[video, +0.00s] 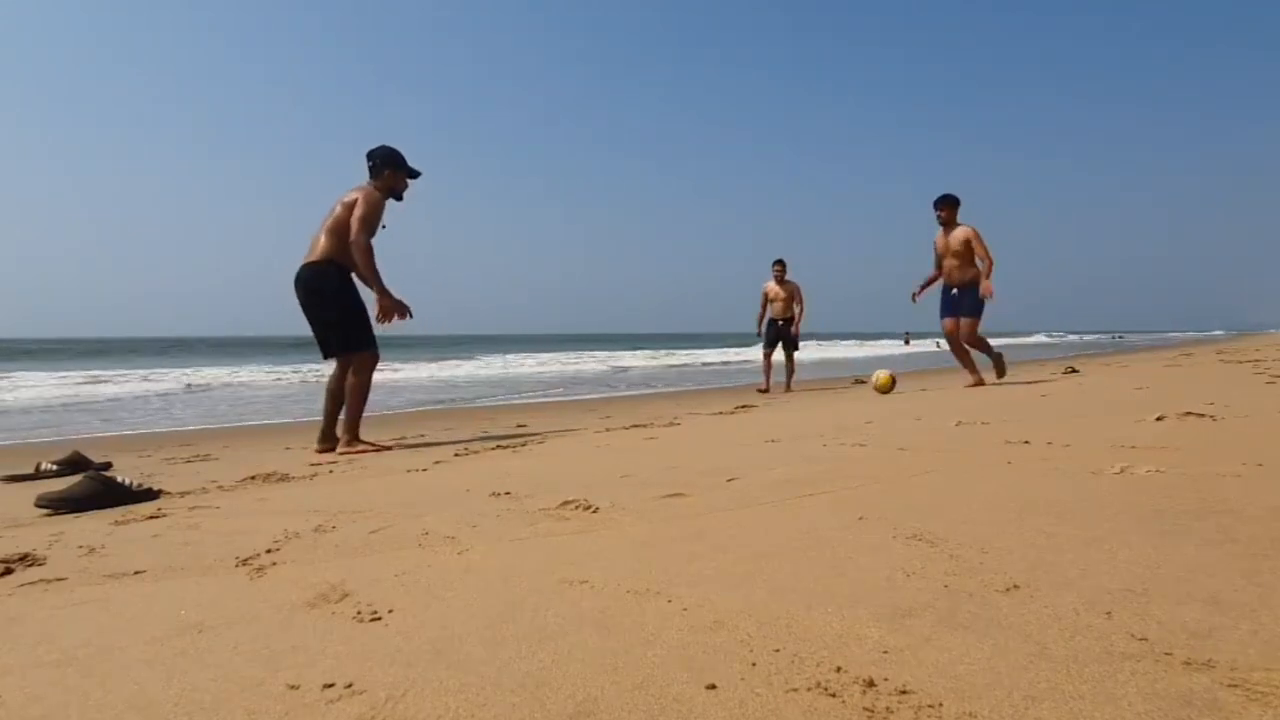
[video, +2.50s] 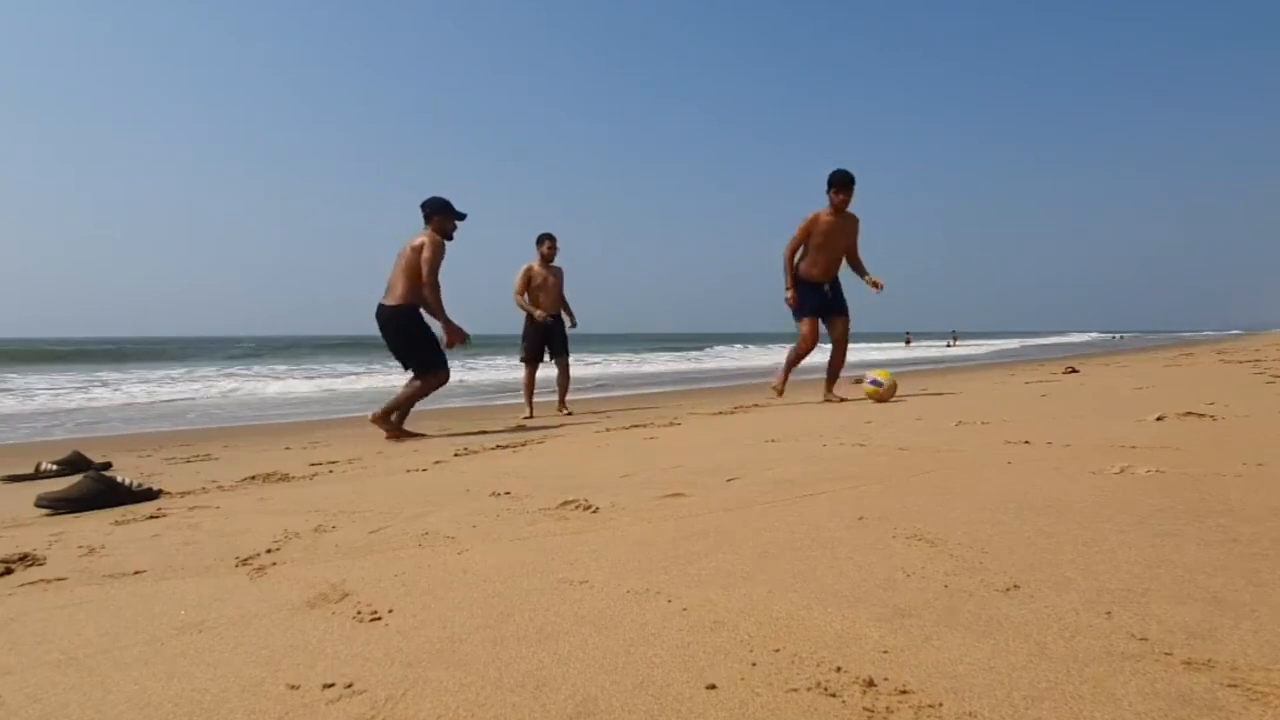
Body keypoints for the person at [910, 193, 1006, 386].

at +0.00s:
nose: (938, 214)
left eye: (942, 210)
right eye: (936, 211)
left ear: (954, 211)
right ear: (936, 213)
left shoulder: (968, 233)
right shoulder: (939, 238)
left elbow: (987, 260)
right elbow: (939, 271)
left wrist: (984, 281)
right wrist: (922, 288)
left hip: (970, 287)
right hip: (949, 288)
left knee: (967, 336)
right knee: (950, 333)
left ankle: (995, 356)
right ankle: (975, 377)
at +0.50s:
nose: (858, 191)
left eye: (863, 186)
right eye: (857, 187)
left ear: (876, 188)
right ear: (858, 190)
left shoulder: (885, 212)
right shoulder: (866, 215)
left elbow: (894, 246)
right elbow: (868, 248)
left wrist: (871, 272)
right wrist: (862, 271)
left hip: (884, 272)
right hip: (866, 273)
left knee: (874, 326)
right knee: (856, 324)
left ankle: (910, 369)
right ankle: (858, 382)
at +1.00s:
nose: (770, 202)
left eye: (773, 197)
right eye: (769, 197)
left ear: (788, 196)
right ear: (779, 198)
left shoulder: (798, 221)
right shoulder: (786, 223)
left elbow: (799, 259)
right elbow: (786, 262)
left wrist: (772, 282)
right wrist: (768, 285)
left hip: (795, 287)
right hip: (779, 286)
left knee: (769, 338)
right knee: (736, 320)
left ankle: (773, 397)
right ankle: (722, 381)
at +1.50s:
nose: (745, 197)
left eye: (749, 192)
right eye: (744, 192)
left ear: (762, 191)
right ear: (745, 193)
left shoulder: (780, 217)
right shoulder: (741, 221)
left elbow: (810, 242)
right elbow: (713, 246)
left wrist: (844, 256)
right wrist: (677, 255)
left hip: (771, 281)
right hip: (749, 281)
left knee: (747, 333)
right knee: (722, 334)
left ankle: (747, 391)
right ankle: (756, 356)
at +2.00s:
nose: (777, 202)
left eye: (782, 198)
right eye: (773, 197)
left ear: (788, 196)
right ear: (766, 195)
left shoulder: (791, 220)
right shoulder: (752, 222)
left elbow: (789, 249)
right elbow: (736, 255)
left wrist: (797, 280)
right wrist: (728, 286)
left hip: (782, 284)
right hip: (754, 285)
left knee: (795, 331)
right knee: (750, 341)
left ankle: (789, 370)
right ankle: (747, 394)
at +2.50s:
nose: (844, 198)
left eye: (848, 193)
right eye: (839, 193)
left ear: (852, 194)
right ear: (829, 193)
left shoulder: (851, 222)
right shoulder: (815, 220)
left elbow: (852, 256)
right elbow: (790, 251)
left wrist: (867, 277)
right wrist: (790, 287)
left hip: (831, 285)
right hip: (806, 284)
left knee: (841, 339)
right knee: (809, 340)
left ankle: (829, 391)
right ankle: (784, 375)